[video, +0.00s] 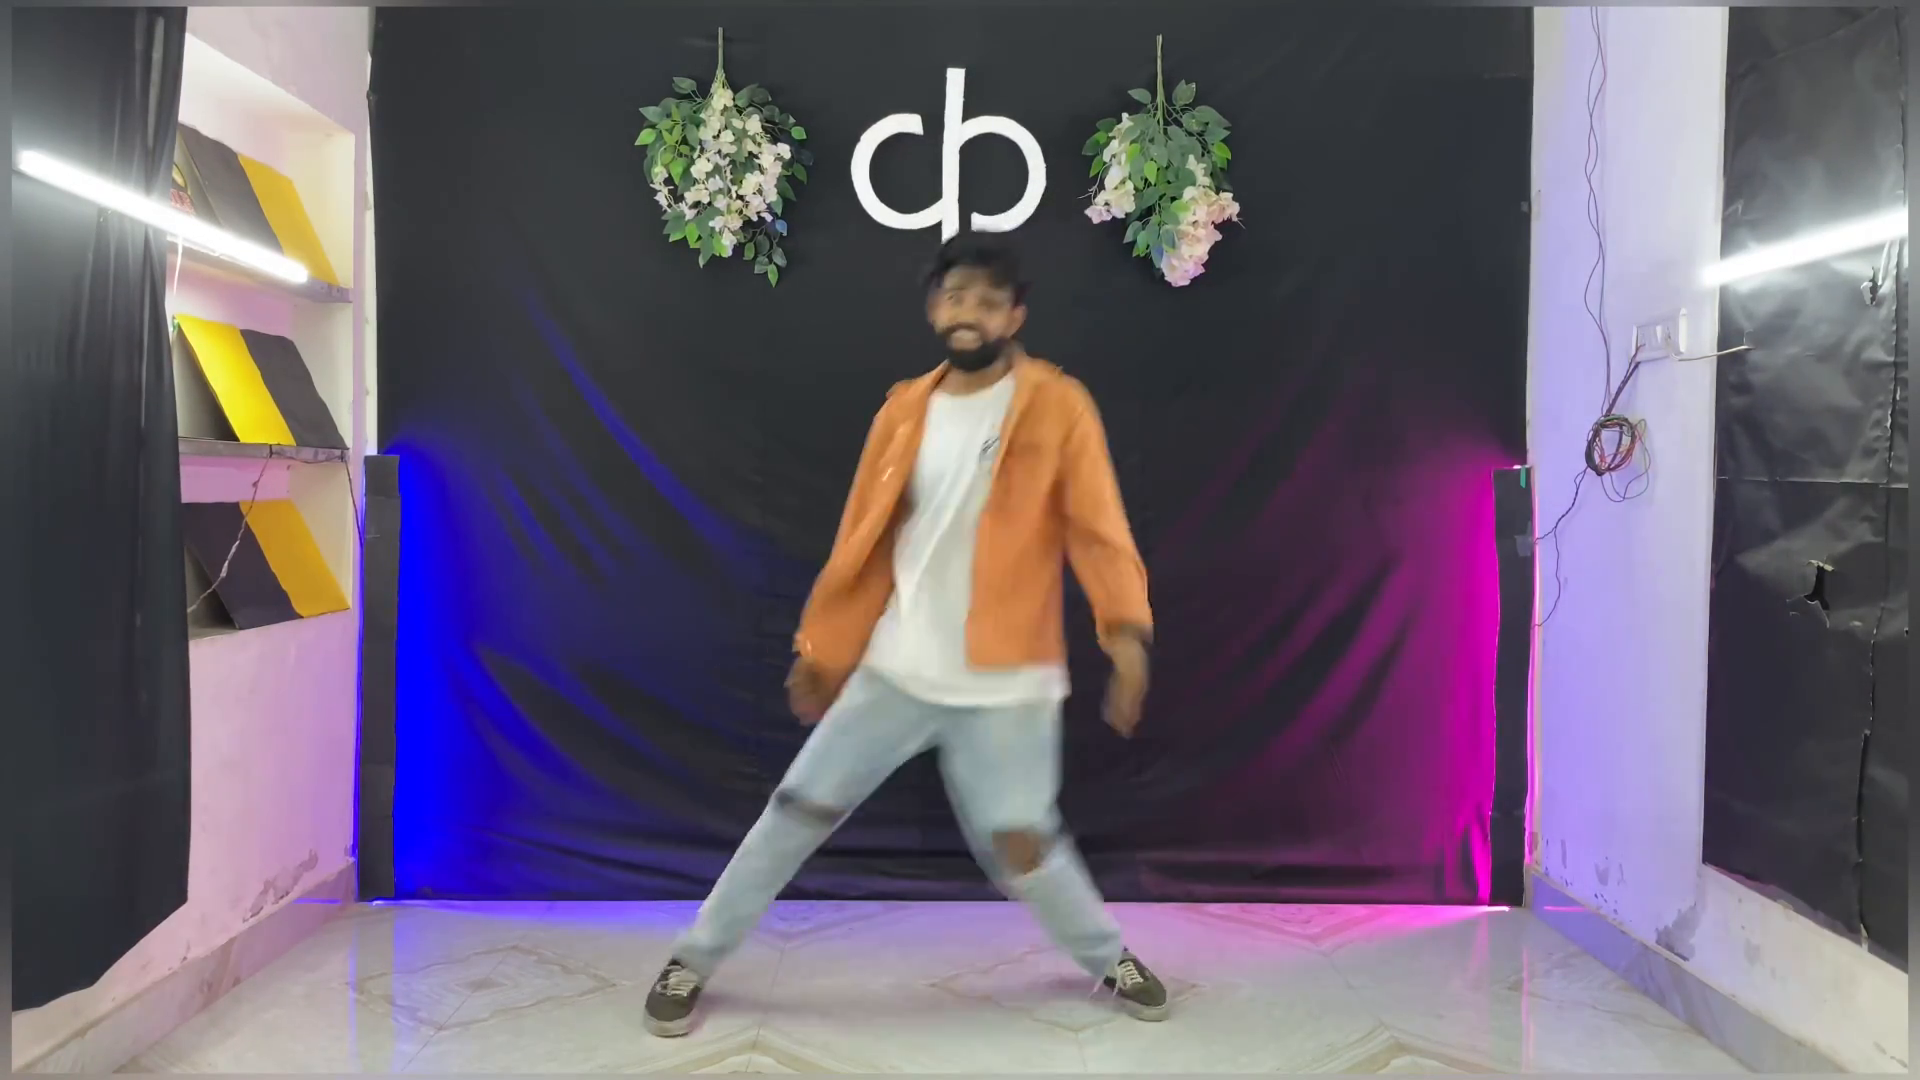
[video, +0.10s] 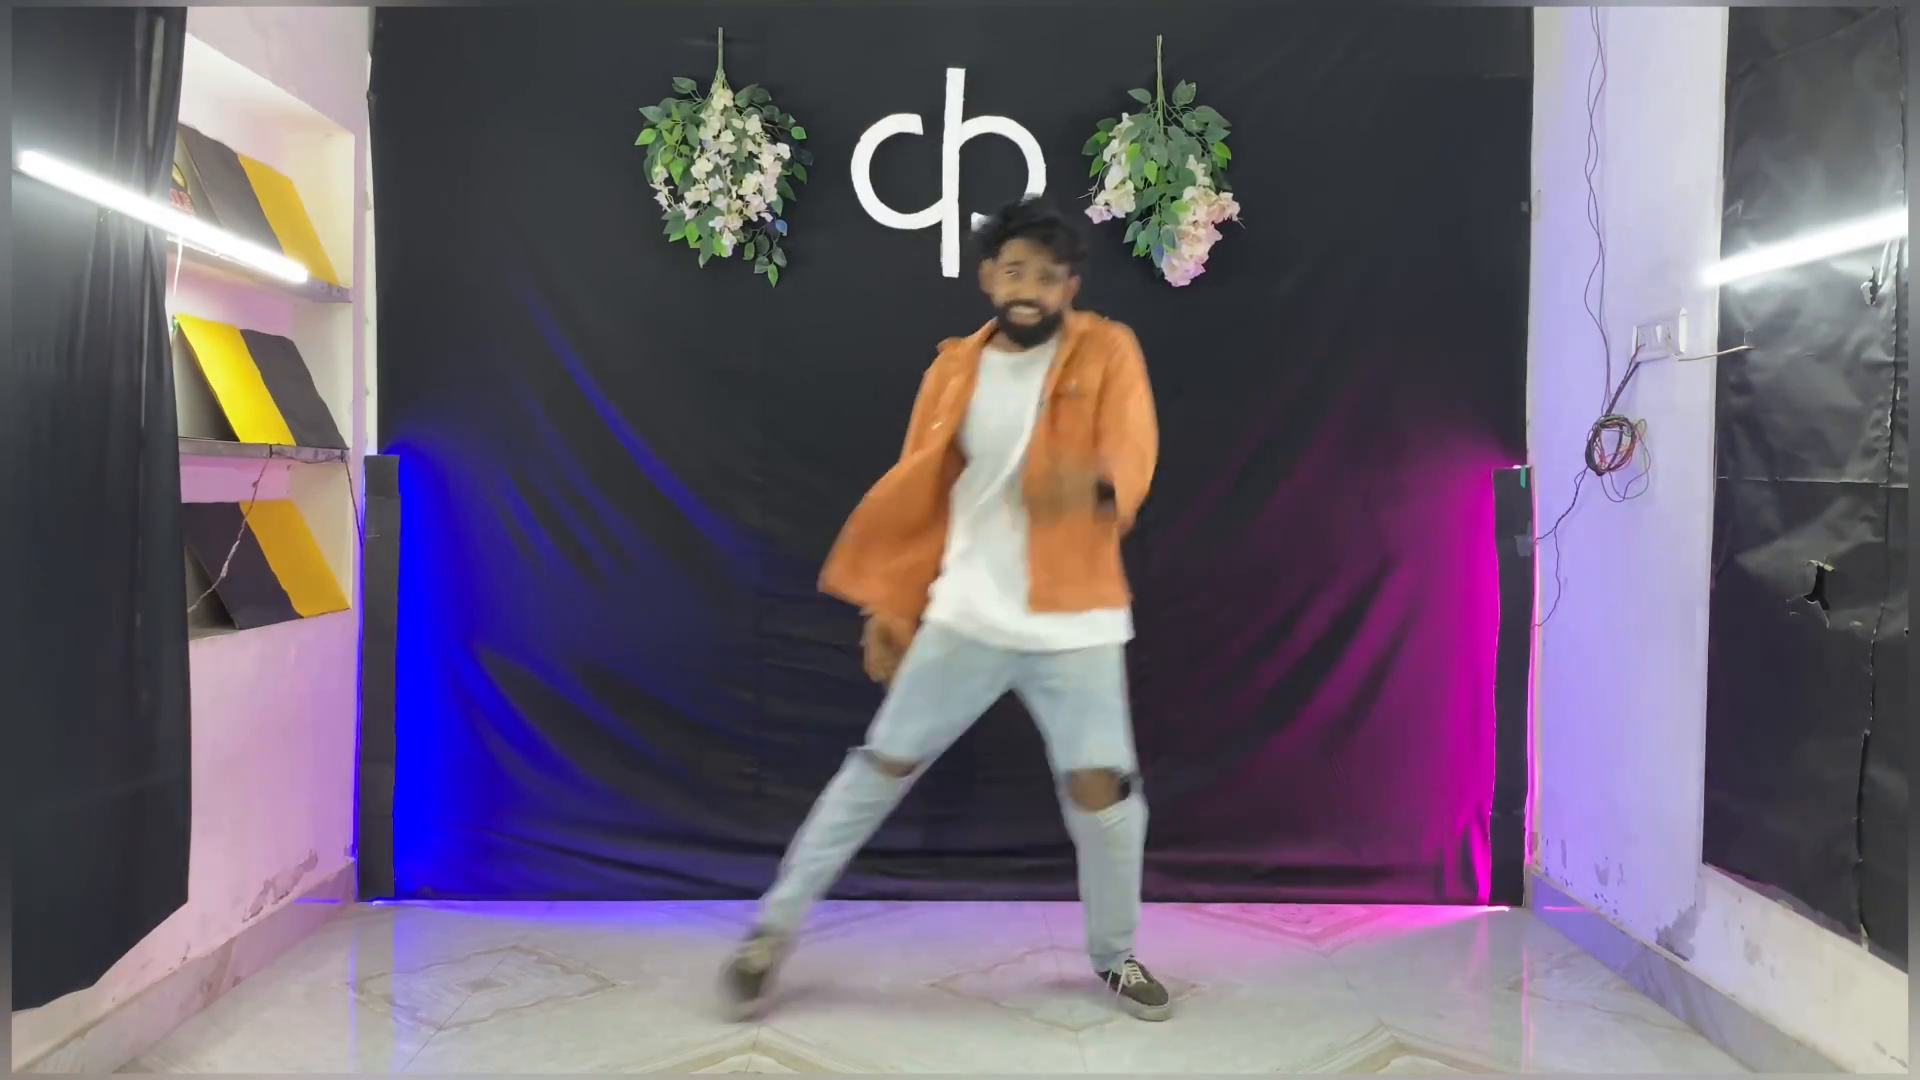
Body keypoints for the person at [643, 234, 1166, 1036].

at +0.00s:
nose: (964, 312)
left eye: (983, 299)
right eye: (951, 297)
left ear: (1016, 312)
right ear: (932, 308)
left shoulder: (1057, 405)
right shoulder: (907, 405)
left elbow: (1099, 527)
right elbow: (863, 535)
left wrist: (1127, 642)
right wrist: (821, 650)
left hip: (1006, 675)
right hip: (898, 665)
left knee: (1020, 843)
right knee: (800, 807)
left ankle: (1113, 961)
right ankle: (692, 959)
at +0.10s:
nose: (1025, 288)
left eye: (1044, 273)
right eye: (1010, 271)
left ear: (1073, 280)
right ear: (986, 276)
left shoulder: (1107, 352)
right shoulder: (957, 365)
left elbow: (1131, 447)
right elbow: (917, 492)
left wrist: (1095, 482)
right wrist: (891, 604)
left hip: (1077, 621)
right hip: (965, 613)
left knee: (1102, 792)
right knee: (880, 768)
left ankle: (1116, 956)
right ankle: (771, 933)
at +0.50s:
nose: (1188, 316)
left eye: (1205, 302)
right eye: (1174, 296)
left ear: (1227, 313)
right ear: (1148, 301)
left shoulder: (1239, 376)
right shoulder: (1097, 406)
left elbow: (1291, 260)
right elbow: (1081, 535)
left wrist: (1220, 217)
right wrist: (1102, 648)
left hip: (1230, 610)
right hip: (1143, 624)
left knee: (1208, 776)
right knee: (1214, 789)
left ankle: (1132, 942)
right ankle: (1331, 899)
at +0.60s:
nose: (1172, 334)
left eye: (1192, 320)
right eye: (1162, 317)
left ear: (1232, 331)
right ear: (1150, 324)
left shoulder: (1250, 393)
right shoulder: (1110, 432)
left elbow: (1328, 318)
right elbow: (1098, 558)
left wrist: (1256, 314)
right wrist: (1115, 669)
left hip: (1240, 636)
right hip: (1152, 648)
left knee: (1215, 789)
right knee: (1231, 810)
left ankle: (1131, 944)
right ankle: (1342, 902)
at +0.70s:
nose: (1152, 306)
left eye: (1172, 292)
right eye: (1144, 290)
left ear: (1216, 300)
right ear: (1136, 294)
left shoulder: (1245, 381)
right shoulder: (1109, 379)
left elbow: (1334, 401)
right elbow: (1068, 496)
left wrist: (1251, 338)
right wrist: (1086, 615)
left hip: (1216, 605)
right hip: (1126, 611)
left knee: (1196, 769)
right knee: (1204, 778)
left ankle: (1129, 946)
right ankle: (1329, 894)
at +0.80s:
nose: (1119, 275)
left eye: (1138, 260)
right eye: (1111, 259)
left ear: (1187, 264)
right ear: (1102, 261)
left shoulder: (1221, 358)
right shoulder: (1074, 335)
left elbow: (1274, 477)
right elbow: (995, 417)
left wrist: (1250, 414)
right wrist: (1050, 506)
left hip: (1185, 600)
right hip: (1094, 592)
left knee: (1162, 762)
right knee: (1110, 782)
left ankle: (1125, 952)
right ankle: (1253, 834)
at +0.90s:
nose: (1081, 257)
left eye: (1099, 242)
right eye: (1072, 243)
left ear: (1149, 244)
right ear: (1066, 247)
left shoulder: (1204, 349)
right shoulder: (1039, 323)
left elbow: (1221, 452)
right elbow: (960, 375)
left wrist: (1226, 496)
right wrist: (993, 404)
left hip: (1158, 599)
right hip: (1058, 584)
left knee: (1148, 772)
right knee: (1020, 741)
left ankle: (1123, 952)